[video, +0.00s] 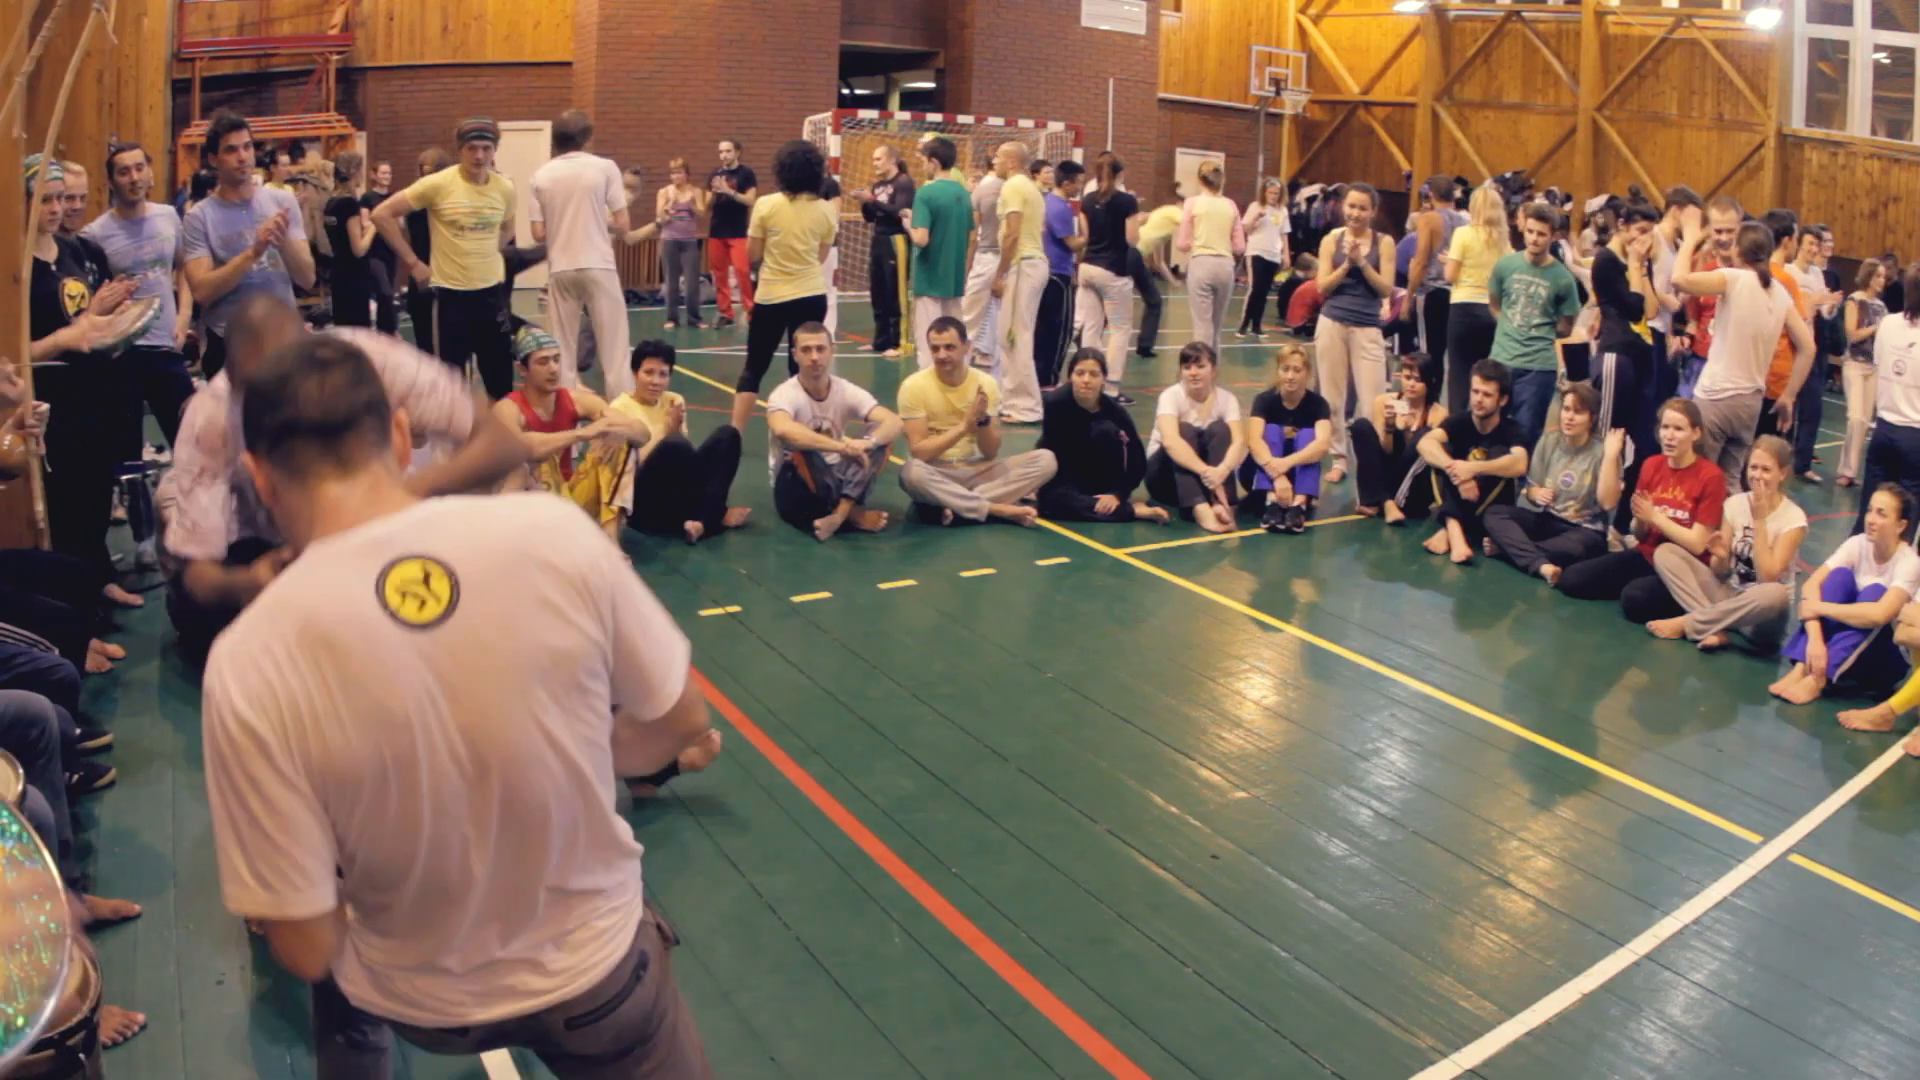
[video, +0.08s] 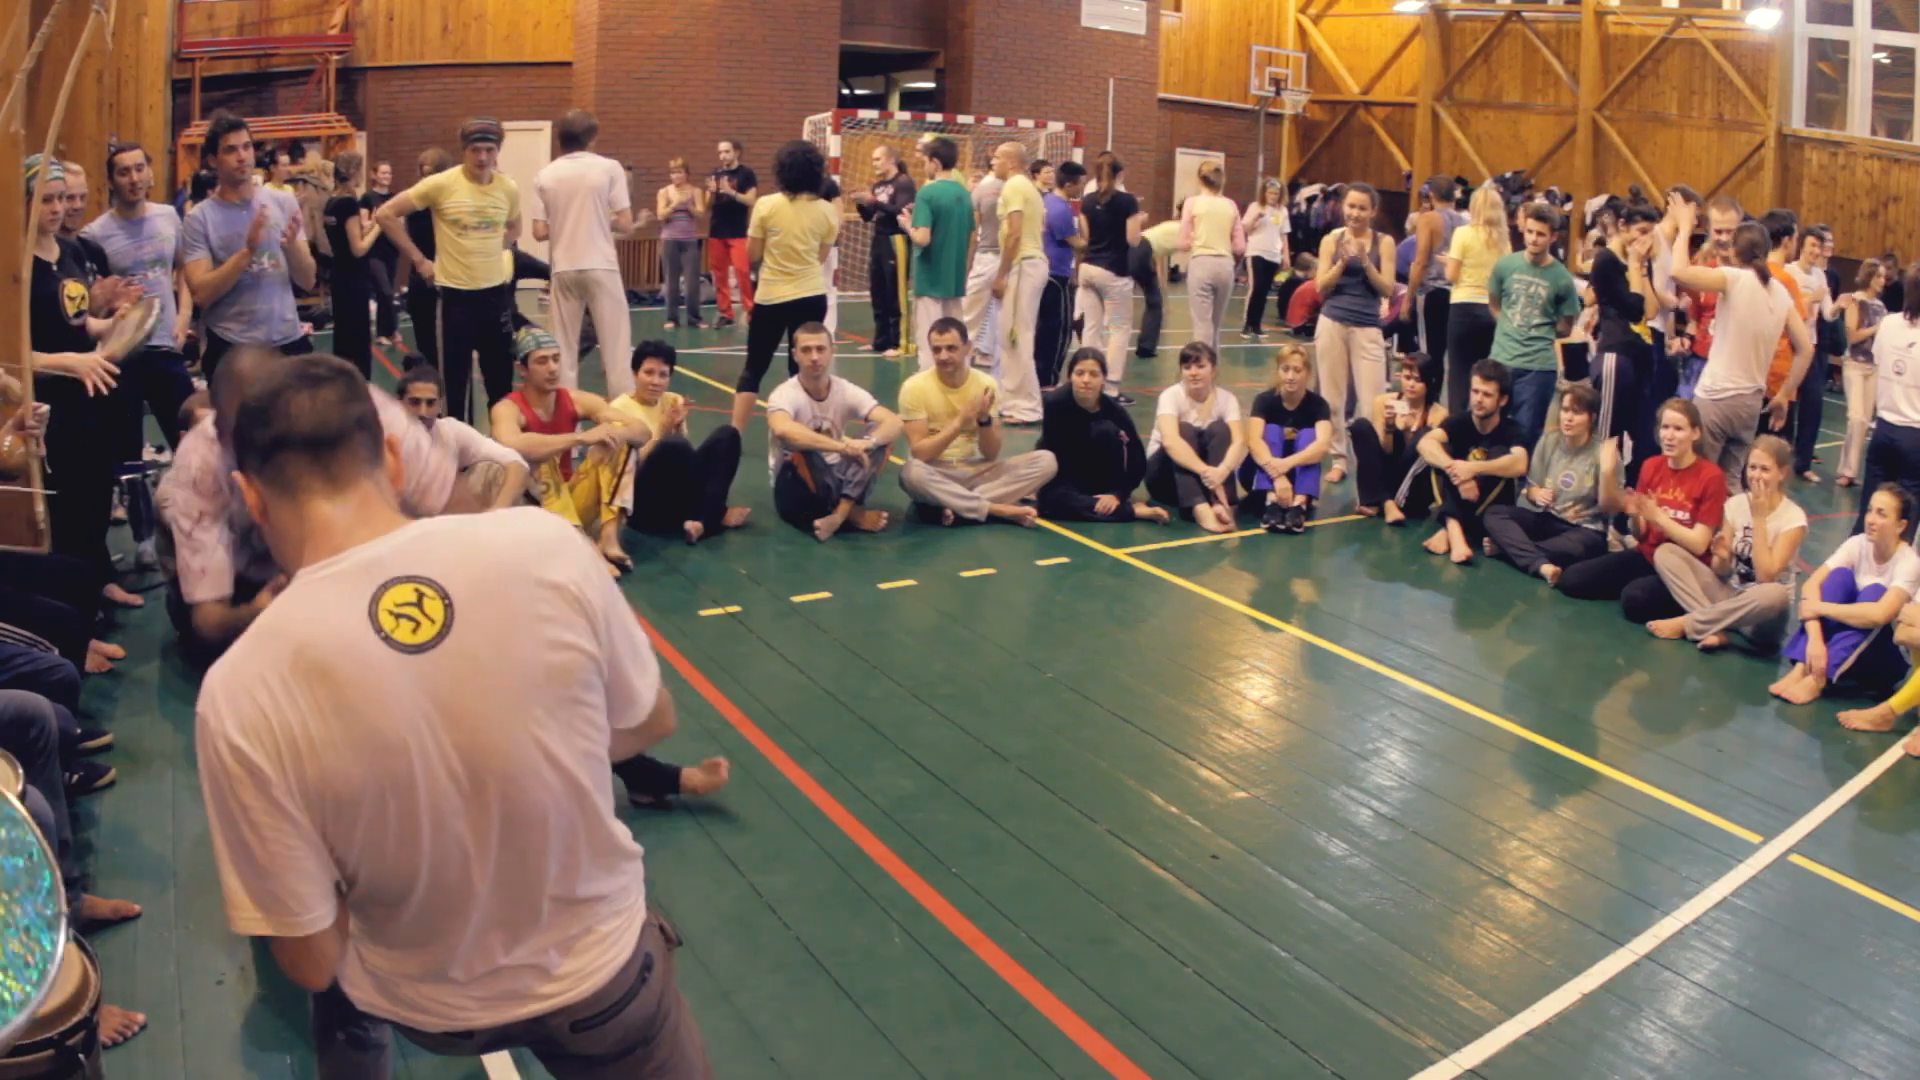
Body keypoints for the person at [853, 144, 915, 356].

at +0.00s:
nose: (875, 163)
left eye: (879, 159)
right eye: (874, 160)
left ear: (892, 160)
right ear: (876, 162)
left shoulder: (904, 182)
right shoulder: (877, 184)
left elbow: (899, 211)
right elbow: (870, 216)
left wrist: (871, 201)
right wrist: (866, 202)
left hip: (896, 237)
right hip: (879, 235)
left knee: (894, 290)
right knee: (878, 290)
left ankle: (895, 341)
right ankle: (880, 339)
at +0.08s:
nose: (874, 164)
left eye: (878, 159)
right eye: (873, 160)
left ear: (891, 160)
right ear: (878, 162)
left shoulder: (904, 183)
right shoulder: (878, 185)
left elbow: (900, 211)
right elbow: (868, 216)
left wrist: (873, 201)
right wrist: (860, 203)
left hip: (897, 237)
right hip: (880, 236)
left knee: (895, 290)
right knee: (878, 289)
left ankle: (896, 341)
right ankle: (880, 339)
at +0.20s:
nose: (873, 164)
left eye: (877, 160)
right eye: (872, 160)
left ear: (890, 161)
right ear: (878, 163)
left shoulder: (903, 182)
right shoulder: (877, 185)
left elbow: (903, 209)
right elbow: (869, 216)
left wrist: (876, 201)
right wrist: (856, 202)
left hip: (897, 236)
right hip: (880, 235)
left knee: (895, 290)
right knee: (878, 289)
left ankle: (897, 342)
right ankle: (881, 340)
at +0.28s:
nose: (873, 164)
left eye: (876, 160)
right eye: (872, 160)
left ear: (890, 161)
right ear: (878, 162)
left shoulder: (902, 182)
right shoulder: (877, 185)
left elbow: (896, 209)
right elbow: (869, 217)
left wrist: (870, 201)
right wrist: (862, 201)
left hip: (896, 235)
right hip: (879, 235)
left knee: (895, 291)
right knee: (878, 290)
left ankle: (897, 342)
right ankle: (881, 340)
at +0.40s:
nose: (872, 164)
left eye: (875, 160)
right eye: (871, 161)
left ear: (889, 161)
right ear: (877, 162)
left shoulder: (901, 182)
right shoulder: (876, 185)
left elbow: (897, 207)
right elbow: (868, 217)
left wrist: (871, 200)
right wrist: (860, 202)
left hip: (896, 236)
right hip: (879, 235)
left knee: (894, 290)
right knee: (878, 290)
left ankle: (896, 341)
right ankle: (880, 339)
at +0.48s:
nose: (871, 164)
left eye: (875, 160)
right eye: (870, 161)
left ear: (888, 161)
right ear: (874, 163)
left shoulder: (901, 181)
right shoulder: (876, 186)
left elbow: (897, 207)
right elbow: (868, 217)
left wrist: (870, 199)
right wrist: (854, 202)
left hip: (895, 236)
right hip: (879, 236)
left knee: (894, 291)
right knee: (878, 290)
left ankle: (896, 341)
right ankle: (881, 340)